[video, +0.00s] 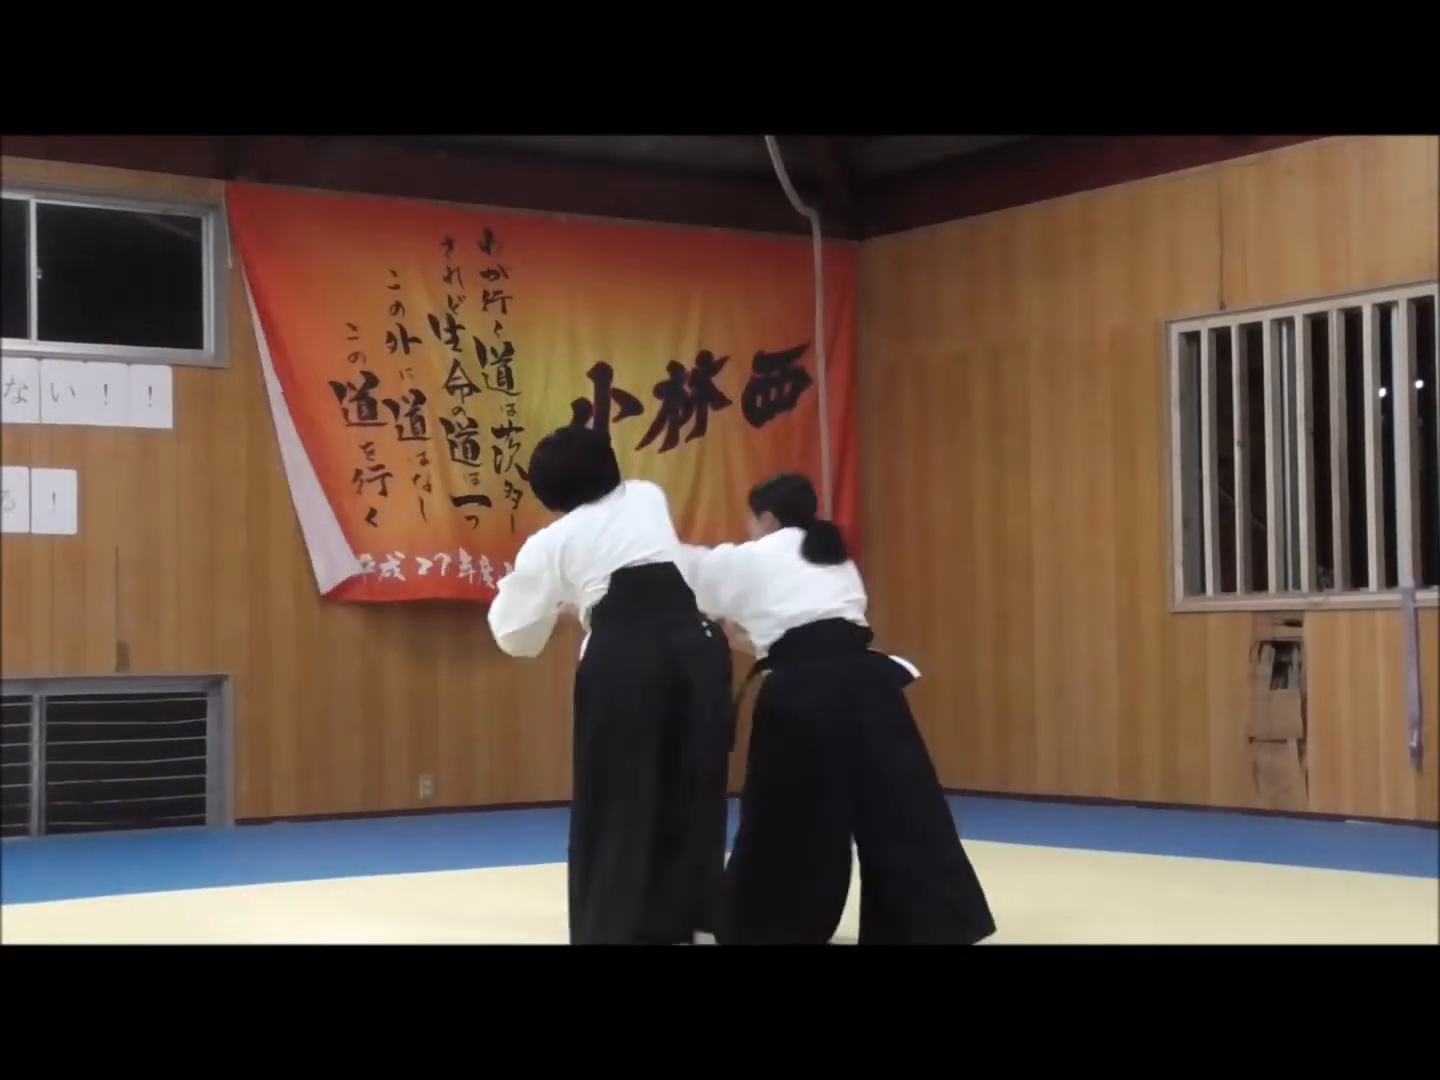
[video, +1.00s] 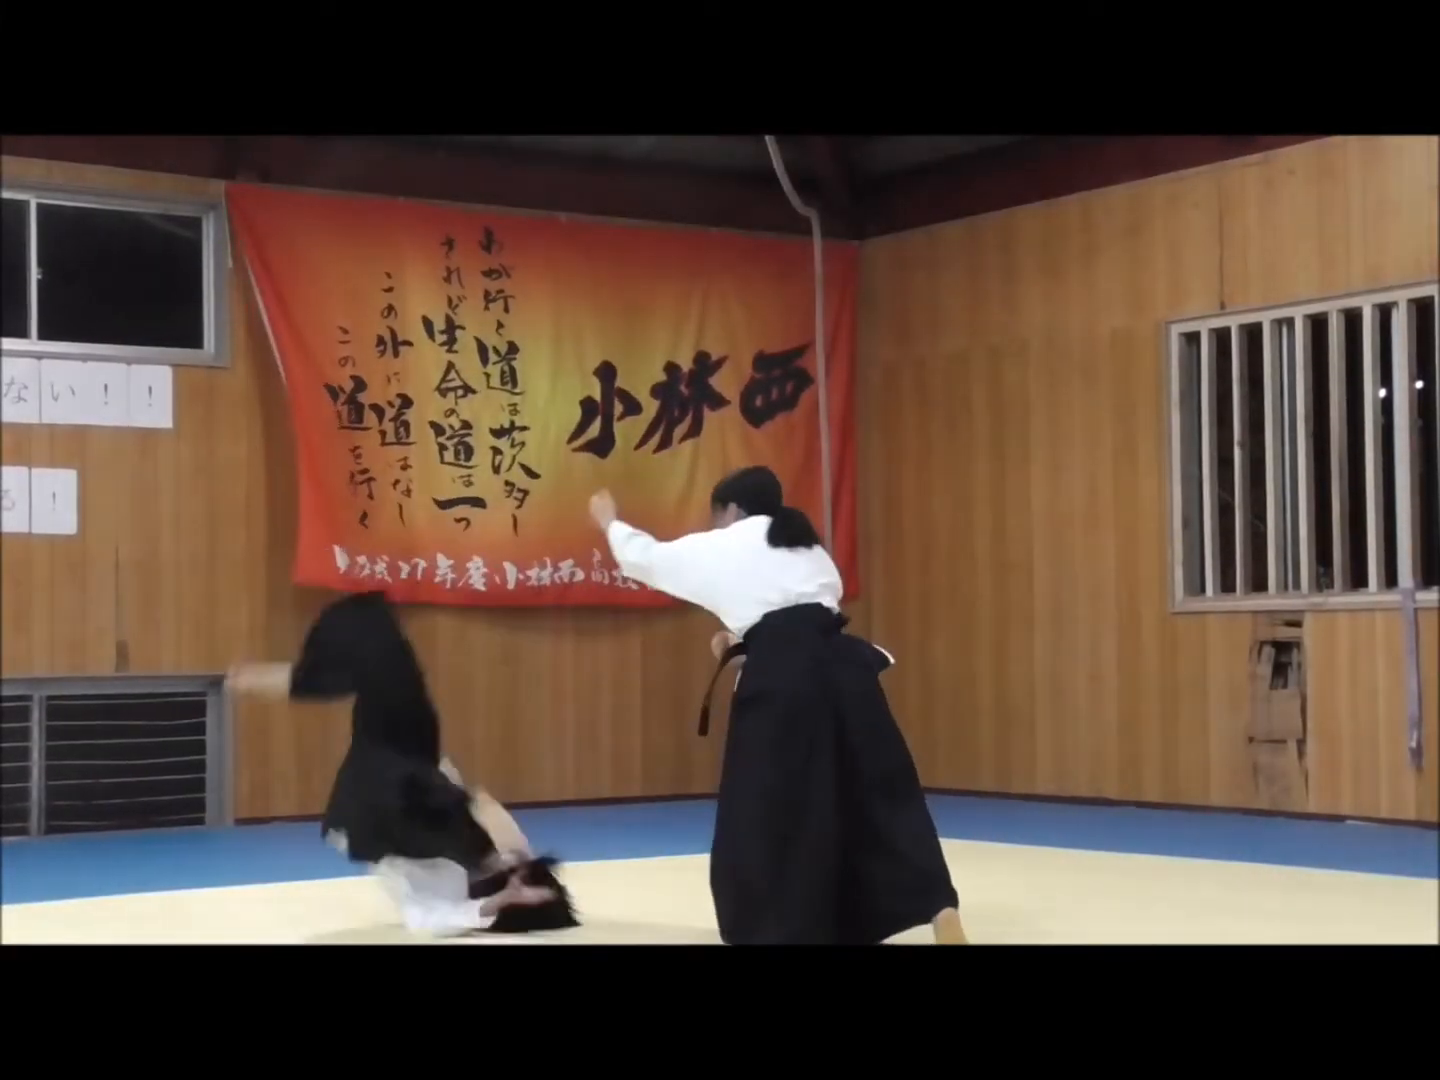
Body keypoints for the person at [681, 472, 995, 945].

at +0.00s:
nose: (751, 527)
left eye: (754, 518)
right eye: (752, 519)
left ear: (769, 518)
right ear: (807, 515)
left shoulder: (748, 561)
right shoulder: (835, 554)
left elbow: (680, 563)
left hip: (799, 690)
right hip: (868, 683)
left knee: (786, 821)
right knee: (898, 812)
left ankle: (772, 931)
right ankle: (929, 928)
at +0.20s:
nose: (696, 587)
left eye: (699, 577)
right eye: (696, 578)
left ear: (715, 572)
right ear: (749, 565)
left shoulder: (694, 615)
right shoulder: (775, 582)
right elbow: (818, 625)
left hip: (777, 686)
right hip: (849, 671)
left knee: (777, 818)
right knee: (888, 801)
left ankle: (783, 930)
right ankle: (938, 925)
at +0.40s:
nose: (678, 637)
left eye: (678, 627)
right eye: (677, 629)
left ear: (690, 615)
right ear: (727, 602)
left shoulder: (692, 651)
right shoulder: (768, 610)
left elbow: (687, 760)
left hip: (775, 698)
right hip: (846, 679)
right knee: (894, 798)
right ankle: (946, 920)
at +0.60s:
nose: (679, 609)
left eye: (680, 599)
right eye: (678, 600)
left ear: (691, 586)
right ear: (733, 576)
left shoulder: (692, 618)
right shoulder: (773, 593)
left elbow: (679, 711)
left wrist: (674, 782)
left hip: (774, 689)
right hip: (846, 674)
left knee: (761, 817)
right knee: (887, 791)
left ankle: (757, 929)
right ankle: (942, 920)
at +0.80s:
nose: (696, 551)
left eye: (698, 543)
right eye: (697, 544)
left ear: (714, 536)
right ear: (752, 531)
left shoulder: (705, 567)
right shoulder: (790, 563)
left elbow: (627, 618)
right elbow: (804, 624)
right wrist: (732, 667)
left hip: (779, 679)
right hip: (848, 672)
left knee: (755, 811)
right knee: (886, 795)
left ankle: (758, 930)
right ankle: (940, 915)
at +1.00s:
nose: (713, 522)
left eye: (716, 512)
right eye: (715, 512)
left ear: (733, 510)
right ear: (771, 505)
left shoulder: (719, 548)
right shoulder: (808, 543)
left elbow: (644, 556)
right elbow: (820, 605)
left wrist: (609, 522)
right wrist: (743, 636)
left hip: (780, 678)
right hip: (845, 669)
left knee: (766, 802)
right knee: (889, 786)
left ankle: (767, 927)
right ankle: (942, 904)